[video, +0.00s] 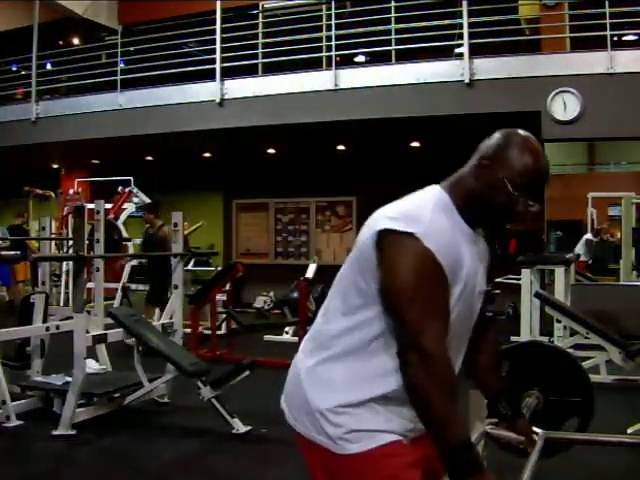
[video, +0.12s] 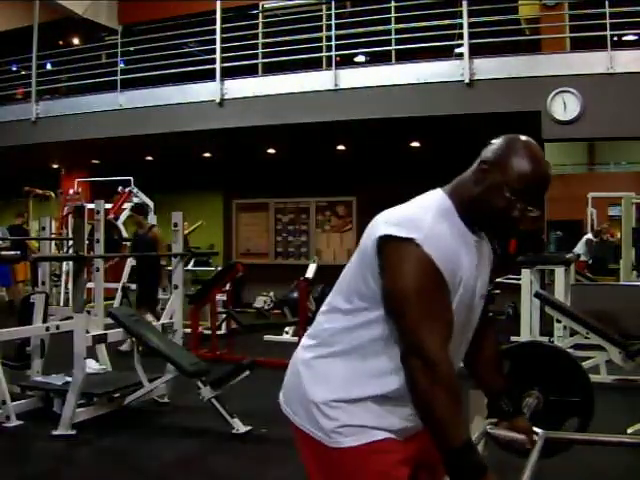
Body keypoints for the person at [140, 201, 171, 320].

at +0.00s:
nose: (144, 217)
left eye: (146, 214)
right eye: (144, 214)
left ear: (153, 215)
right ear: (149, 215)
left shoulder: (163, 230)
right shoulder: (147, 230)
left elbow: (166, 251)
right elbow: (144, 250)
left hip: (162, 269)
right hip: (152, 268)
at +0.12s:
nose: (132, 219)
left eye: (134, 216)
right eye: (132, 216)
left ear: (141, 216)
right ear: (137, 216)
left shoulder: (154, 233)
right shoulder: (136, 233)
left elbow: (162, 256)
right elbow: (134, 254)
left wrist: (163, 278)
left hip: (152, 275)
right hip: (140, 274)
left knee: (144, 308)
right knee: (142, 307)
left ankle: (133, 338)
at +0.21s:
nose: (125, 220)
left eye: (126, 216)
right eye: (124, 217)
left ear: (133, 216)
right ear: (133, 216)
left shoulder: (149, 233)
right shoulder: (131, 233)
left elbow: (153, 258)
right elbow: (125, 254)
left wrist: (152, 279)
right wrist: (111, 264)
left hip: (143, 276)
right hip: (132, 275)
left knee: (141, 309)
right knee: (129, 307)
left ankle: (140, 339)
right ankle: (130, 337)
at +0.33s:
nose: (116, 217)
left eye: (117, 214)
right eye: (115, 214)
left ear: (124, 213)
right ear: (123, 213)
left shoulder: (138, 229)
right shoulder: (122, 229)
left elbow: (139, 254)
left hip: (134, 273)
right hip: (121, 270)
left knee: (130, 305)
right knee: (118, 303)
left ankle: (131, 338)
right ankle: (126, 336)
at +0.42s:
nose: (108, 216)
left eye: (110, 212)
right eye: (108, 212)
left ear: (118, 213)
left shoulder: (131, 229)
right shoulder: (115, 229)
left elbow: (130, 253)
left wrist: (115, 270)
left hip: (129, 271)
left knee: (127, 304)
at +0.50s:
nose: (105, 218)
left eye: (107, 214)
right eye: (104, 215)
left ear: (113, 215)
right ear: (106, 216)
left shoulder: (125, 229)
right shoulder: (105, 230)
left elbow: (124, 252)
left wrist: (107, 264)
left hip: (123, 273)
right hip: (110, 273)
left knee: (126, 306)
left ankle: (128, 338)